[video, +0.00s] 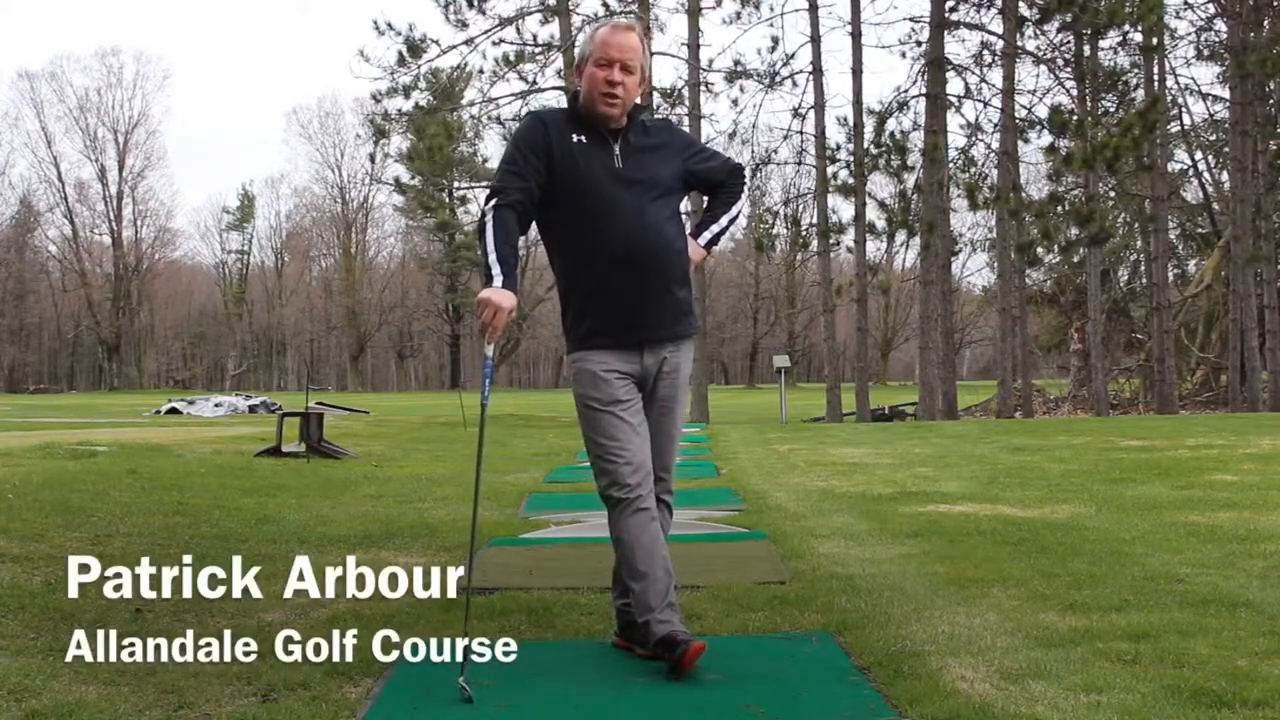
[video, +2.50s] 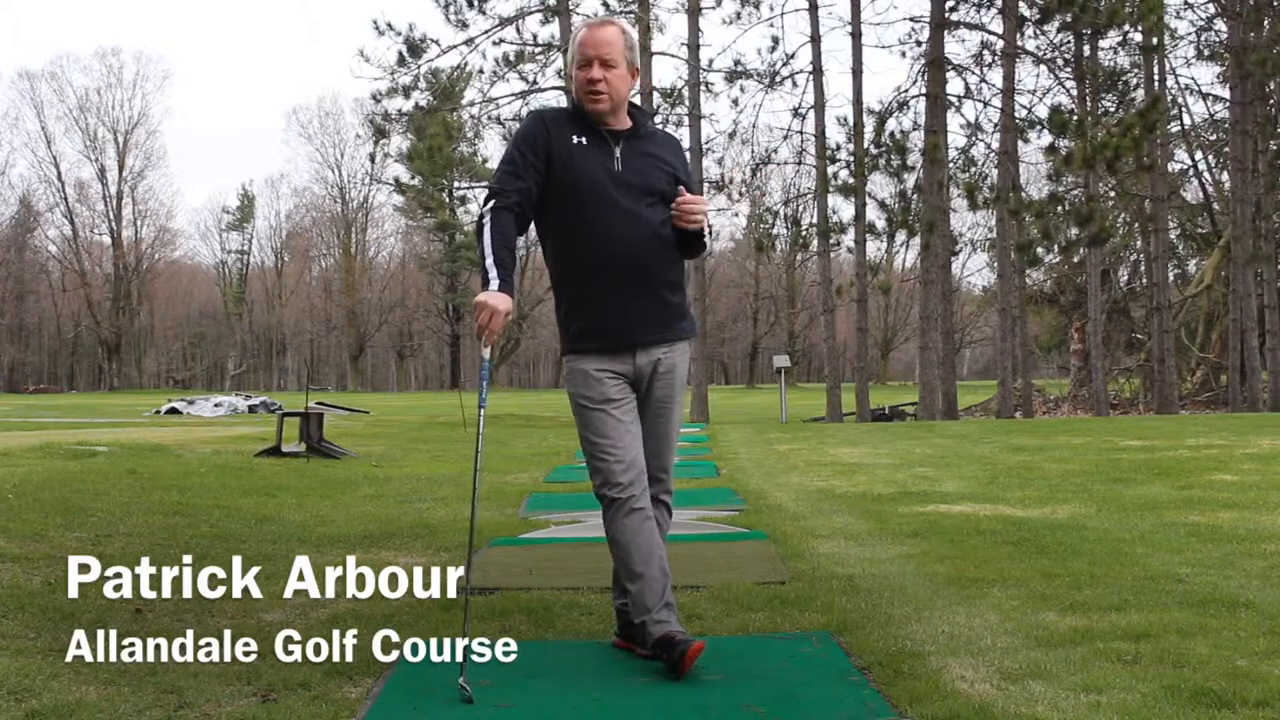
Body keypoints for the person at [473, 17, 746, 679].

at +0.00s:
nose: (613, 78)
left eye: (626, 69)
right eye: (603, 65)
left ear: (641, 82)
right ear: (579, 71)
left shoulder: (666, 139)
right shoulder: (544, 132)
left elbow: (731, 179)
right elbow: (506, 204)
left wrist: (702, 239)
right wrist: (502, 281)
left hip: (672, 339)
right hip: (597, 343)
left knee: (657, 488)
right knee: (631, 485)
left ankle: (633, 619)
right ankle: (667, 631)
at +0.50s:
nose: (614, 77)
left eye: (627, 68)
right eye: (604, 64)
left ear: (643, 80)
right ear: (582, 71)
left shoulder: (668, 140)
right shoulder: (546, 131)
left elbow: (735, 179)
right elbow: (506, 205)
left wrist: (703, 240)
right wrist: (499, 282)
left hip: (672, 340)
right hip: (597, 344)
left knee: (658, 489)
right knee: (630, 487)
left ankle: (633, 619)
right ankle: (665, 631)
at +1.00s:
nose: (616, 76)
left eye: (629, 67)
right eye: (605, 64)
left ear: (645, 79)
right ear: (584, 71)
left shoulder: (668, 140)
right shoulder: (548, 130)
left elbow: (734, 181)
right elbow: (509, 204)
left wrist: (704, 241)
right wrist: (505, 282)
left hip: (673, 340)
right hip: (598, 345)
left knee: (659, 489)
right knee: (631, 488)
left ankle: (633, 619)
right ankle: (665, 631)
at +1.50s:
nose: (619, 77)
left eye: (632, 68)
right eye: (608, 65)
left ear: (648, 82)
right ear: (585, 72)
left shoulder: (671, 144)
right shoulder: (548, 132)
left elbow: (732, 187)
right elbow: (507, 205)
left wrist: (710, 240)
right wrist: (505, 282)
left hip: (673, 342)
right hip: (598, 346)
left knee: (659, 489)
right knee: (631, 487)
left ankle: (633, 620)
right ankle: (666, 631)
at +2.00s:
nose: (607, 75)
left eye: (620, 66)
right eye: (598, 63)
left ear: (642, 80)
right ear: (580, 71)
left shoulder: (664, 149)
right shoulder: (549, 129)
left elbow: (704, 233)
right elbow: (508, 205)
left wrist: (742, 198)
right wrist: (500, 283)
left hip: (672, 342)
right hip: (600, 348)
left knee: (657, 490)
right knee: (628, 488)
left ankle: (634, 620)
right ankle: (663, 627)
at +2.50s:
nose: (593, 75)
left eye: (606, 64)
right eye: (583, 64)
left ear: (632, 74)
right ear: (569, 73)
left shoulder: (665, 147)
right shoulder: (545, 132)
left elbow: (688, 249)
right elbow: (503, 207)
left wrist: (695, 226)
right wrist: (498, 284)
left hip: (666, 341)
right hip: (591, 347)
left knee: (655, 490)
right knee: (624, 487)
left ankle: (632, 618)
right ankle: (663, 629)